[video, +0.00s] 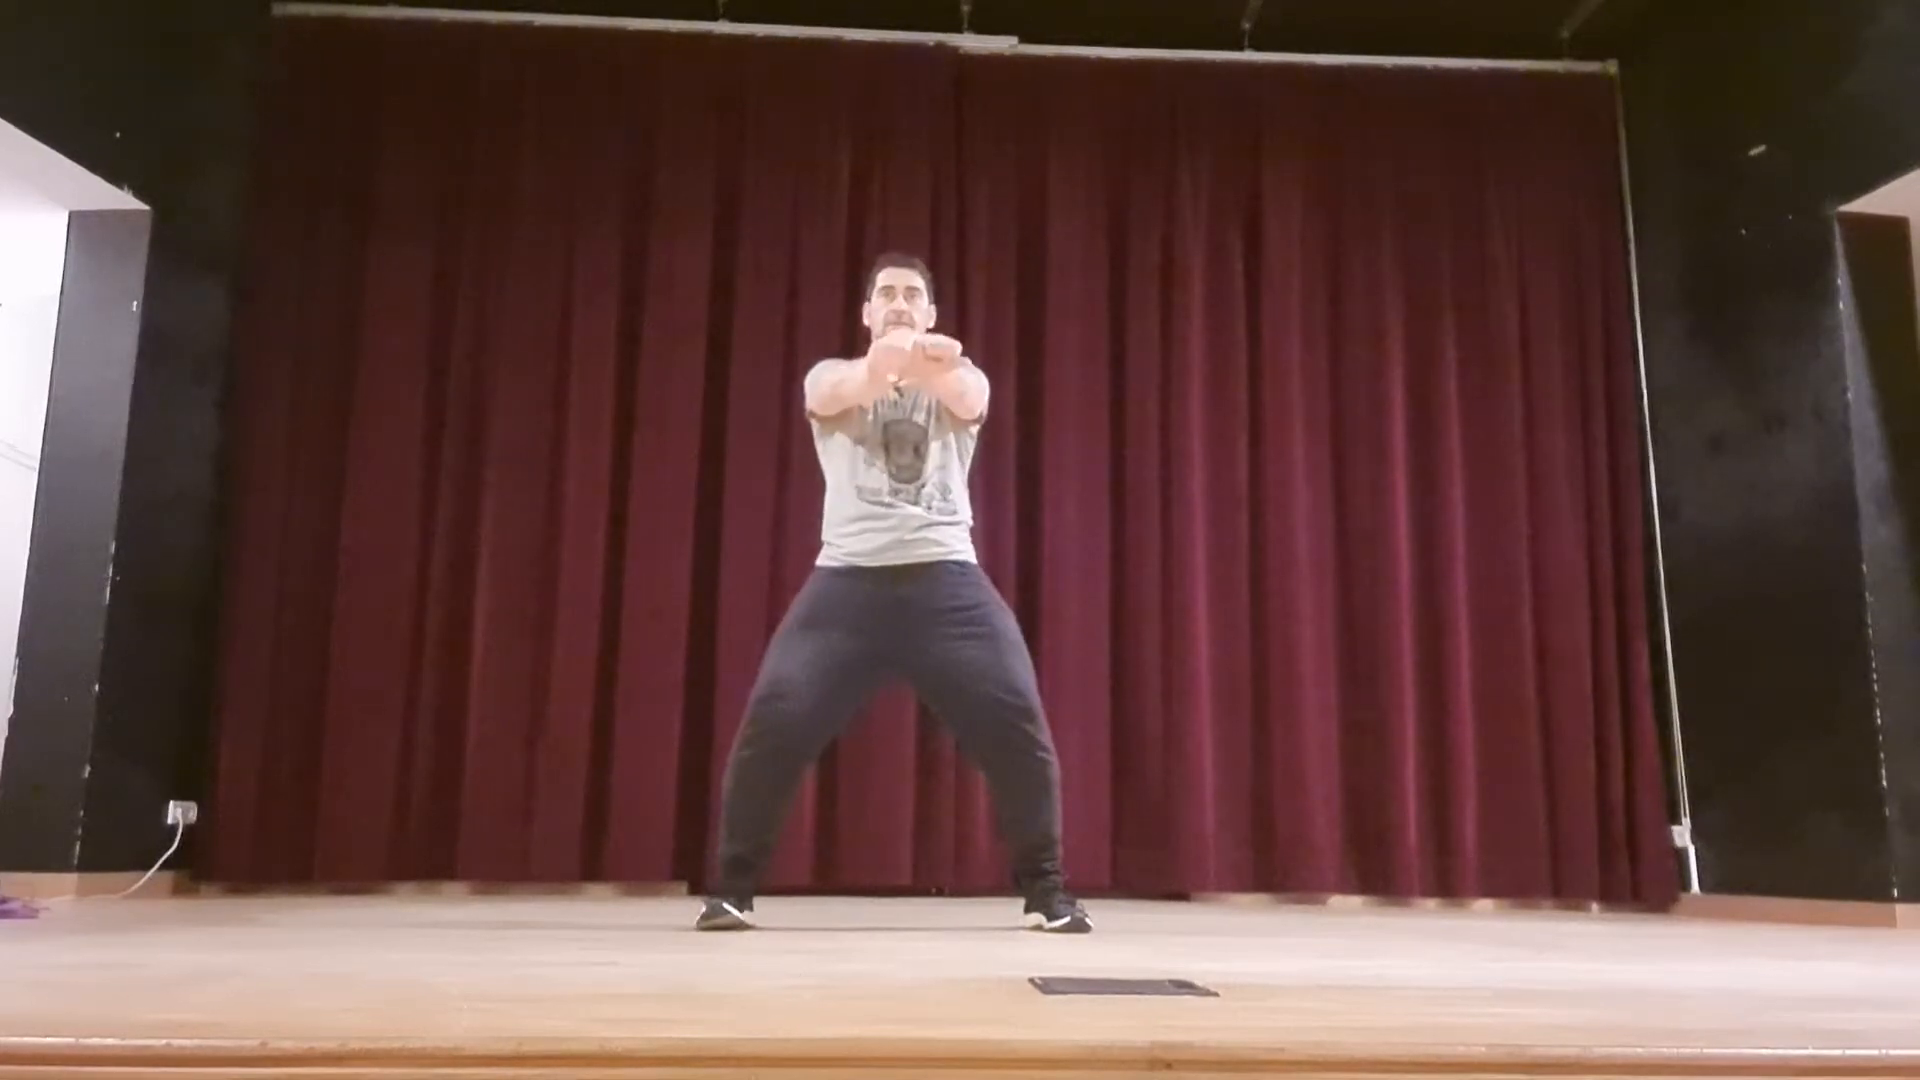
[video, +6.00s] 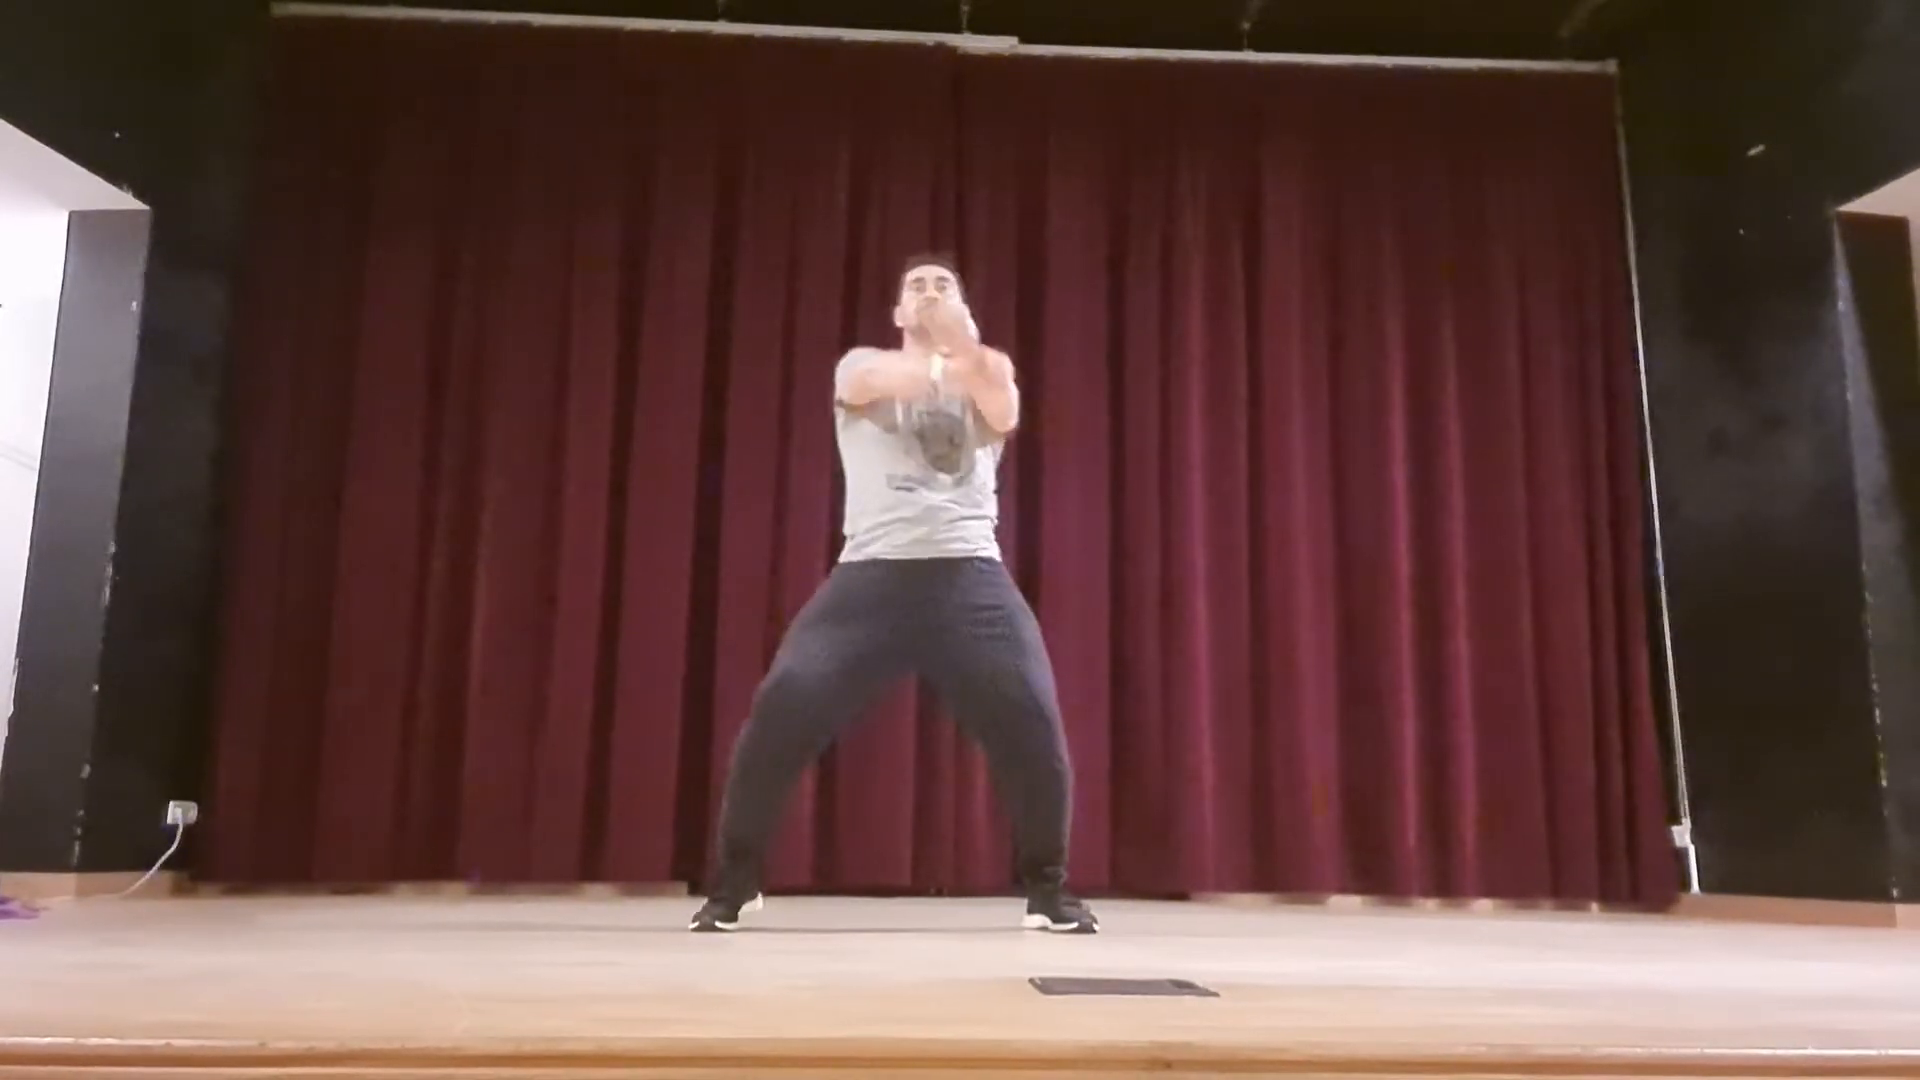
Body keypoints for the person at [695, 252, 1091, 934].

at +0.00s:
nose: (898, 303)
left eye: (911, 295)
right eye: (886, 294)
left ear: (931, 311)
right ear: (866, 311)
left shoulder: (958, 375)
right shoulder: (833, 375)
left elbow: (970, 402)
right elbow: (829, 397)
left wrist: (937, 369)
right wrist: (881, 370)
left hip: (946, 580)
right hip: (846, 581)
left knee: (1015, 715)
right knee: (776, 713)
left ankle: (1046, 888)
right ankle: (731, 891)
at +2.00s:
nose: (914, 302)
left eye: (926, 293)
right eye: (902, 291)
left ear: (945, 307)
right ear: (877, 304)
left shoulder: (973, 372)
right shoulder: (845, 363)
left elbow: (981, 394)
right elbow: (835, 388)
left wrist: (955, 356)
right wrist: (890, 355)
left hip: (954, 573)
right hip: (855, 573)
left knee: (1017, 727)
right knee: (784, 719)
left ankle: (1046, 890)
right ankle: (734, 892)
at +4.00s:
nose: (921, 291)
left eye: (932, 281)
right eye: (909, 282)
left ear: (954, 297)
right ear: (887, 298)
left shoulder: (980, 364)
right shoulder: (854, 356)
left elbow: (992, 394)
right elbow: (847, 378)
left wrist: (954, 344)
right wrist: (914, 344)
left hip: (960, 577)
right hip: (856, 572)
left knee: (1022, 718)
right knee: (771, 688)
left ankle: (1045, 888)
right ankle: (722, 867)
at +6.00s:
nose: (929, 293)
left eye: (942, 285)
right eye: (917, 288)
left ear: (967, 310)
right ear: (899, 315)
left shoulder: (989, 367)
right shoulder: (865, 363)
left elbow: (1002, 419)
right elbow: (862, 385)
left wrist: (968, 353)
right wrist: (925, 375)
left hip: (971, 578)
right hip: (869, 578)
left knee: (1031, 714)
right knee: (787, 698)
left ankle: (1047, 890)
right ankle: (734, 879)